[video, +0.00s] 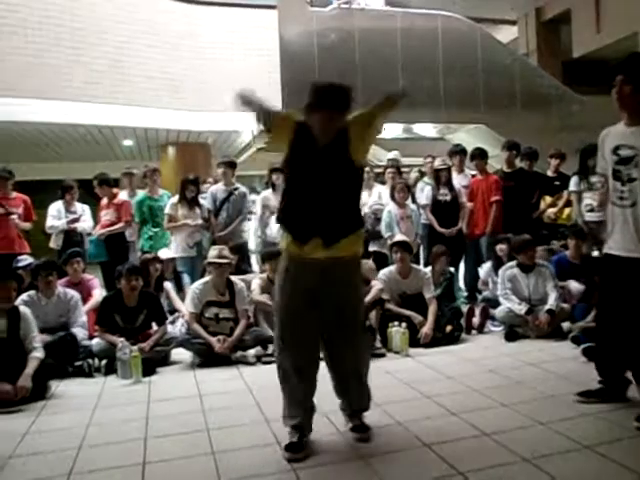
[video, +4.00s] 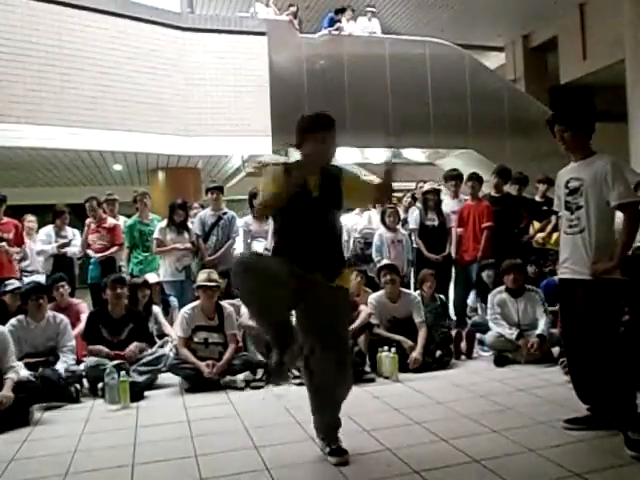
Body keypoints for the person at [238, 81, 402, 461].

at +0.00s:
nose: (323, 123)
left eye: (331, 116)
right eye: (318, 115)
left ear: (342, 116)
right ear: (309, 112)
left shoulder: (355, 135)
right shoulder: (292, 131)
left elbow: (379, 113)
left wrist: (393, 100)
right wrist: (253, 105)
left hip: (343, 259)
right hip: (297, 259)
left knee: (348, 341)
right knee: (293, 346)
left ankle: (354, 411)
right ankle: (297, 426)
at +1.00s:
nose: (300, 78)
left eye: (307, 74)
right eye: (293, 74)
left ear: (316, 85)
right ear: (281, 86)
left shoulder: (328, 118)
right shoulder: (268, 117)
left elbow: (359, 75)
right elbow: (233, 75)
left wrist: (349, 21)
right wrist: (245, 20)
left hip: (326, 232)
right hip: (280, 233)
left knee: (339, 315)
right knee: (269, 316)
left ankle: (337, 378)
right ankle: (252, 390)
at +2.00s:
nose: (270, 138)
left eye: (273, 132)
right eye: (262, 131)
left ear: (274, 139)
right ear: (241, 134)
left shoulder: (279, 183)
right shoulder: (221, 172)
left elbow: (301, 230)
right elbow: (202, 124)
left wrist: (318, 246)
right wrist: (215, 68)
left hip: (277, 289)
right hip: (235, 290)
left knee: (289, 373)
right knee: (244, 375)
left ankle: (292, 455)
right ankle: (255, 455)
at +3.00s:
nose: (320, 142)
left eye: (325, 138)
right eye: (313, 135)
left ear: (329, 145)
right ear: (295, 139)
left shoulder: (341, 172)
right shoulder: (276, 173)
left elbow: (380, 141)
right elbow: (244, 138)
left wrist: (377, 93)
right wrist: (262, 97)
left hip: (330, 291)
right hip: (283, 289)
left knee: (336, 371)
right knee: (262, 371)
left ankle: (330, 433)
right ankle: (255, 450)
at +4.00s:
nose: (325, 147)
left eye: (329, 140)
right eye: (318, 140)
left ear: (334, 144)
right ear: (301, 143)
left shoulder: (339, 179)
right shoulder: (279, 175)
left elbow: (377, 197)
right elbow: (259, 214)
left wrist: (385, 183)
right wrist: (289, 187)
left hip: (326, 281)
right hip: (283, 274)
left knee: (332, 364)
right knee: (245, 268)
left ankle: (328, 434)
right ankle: (284, 343)